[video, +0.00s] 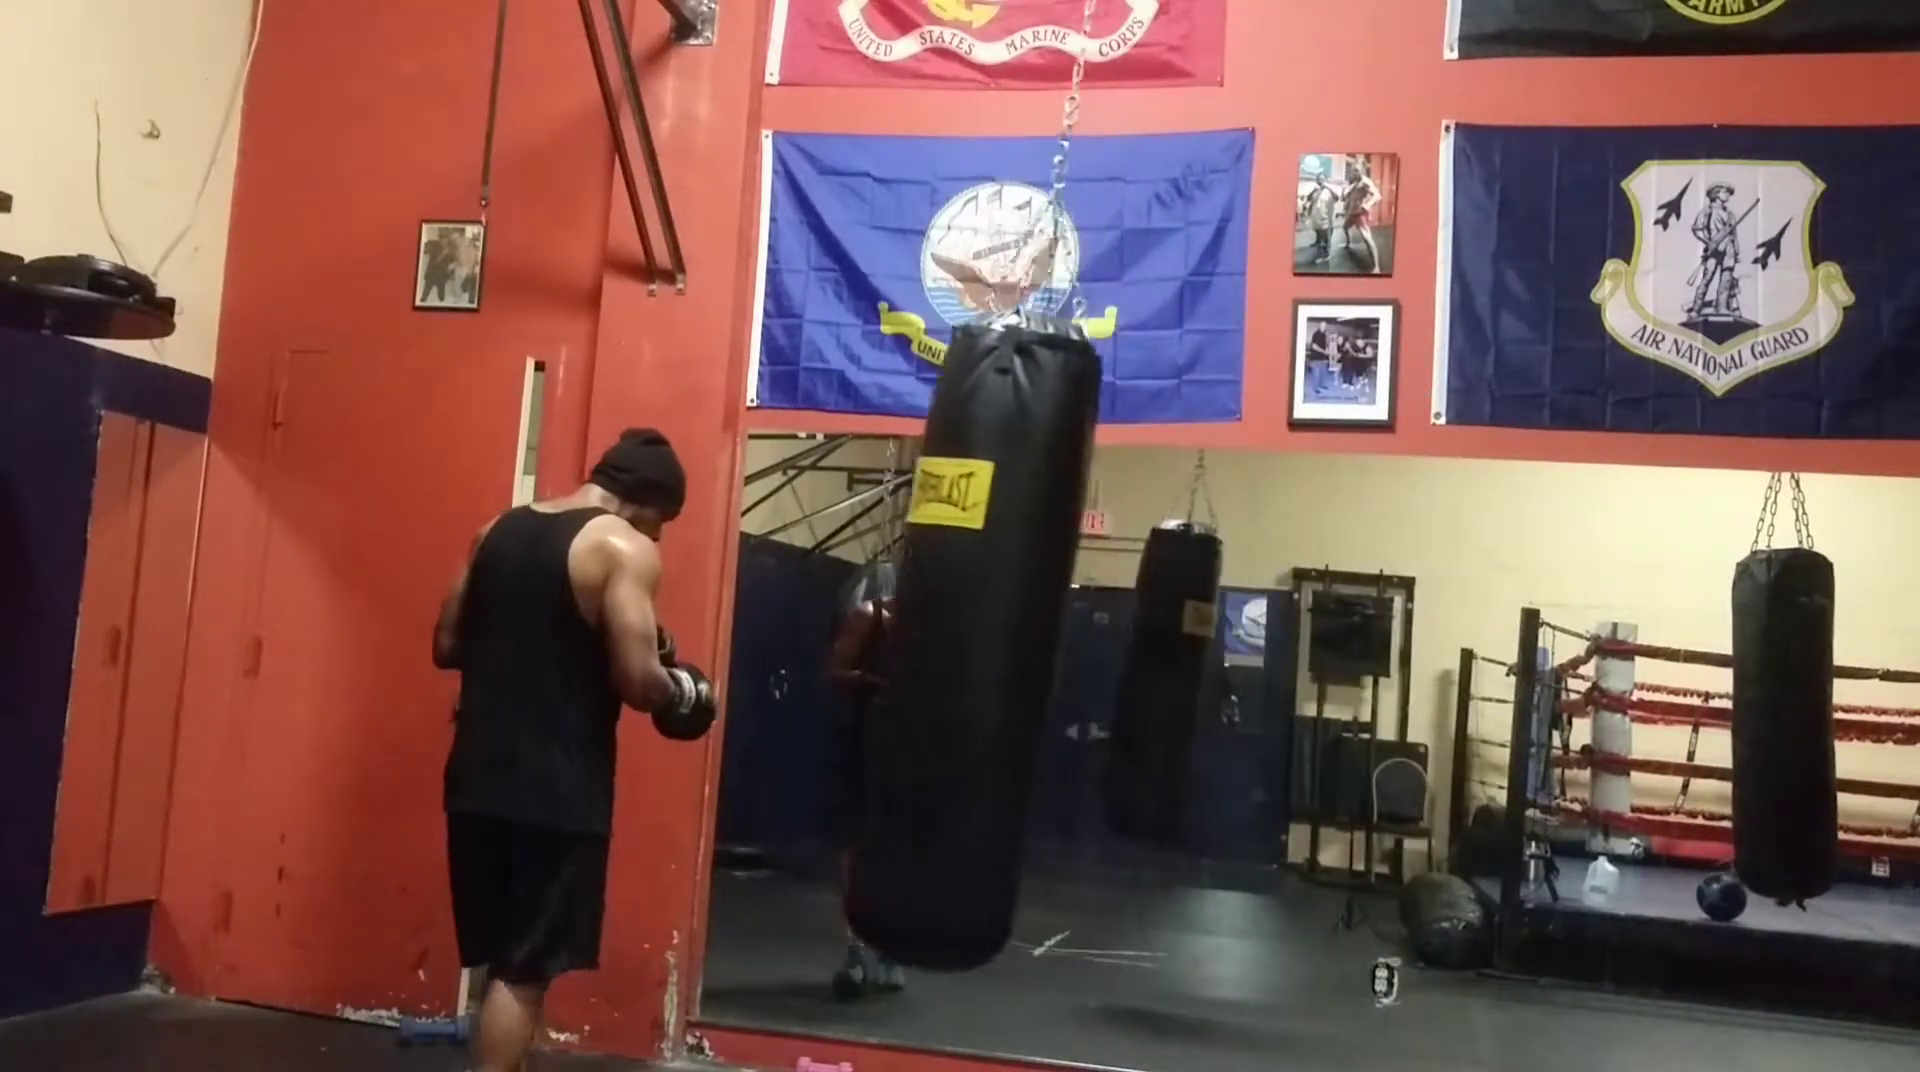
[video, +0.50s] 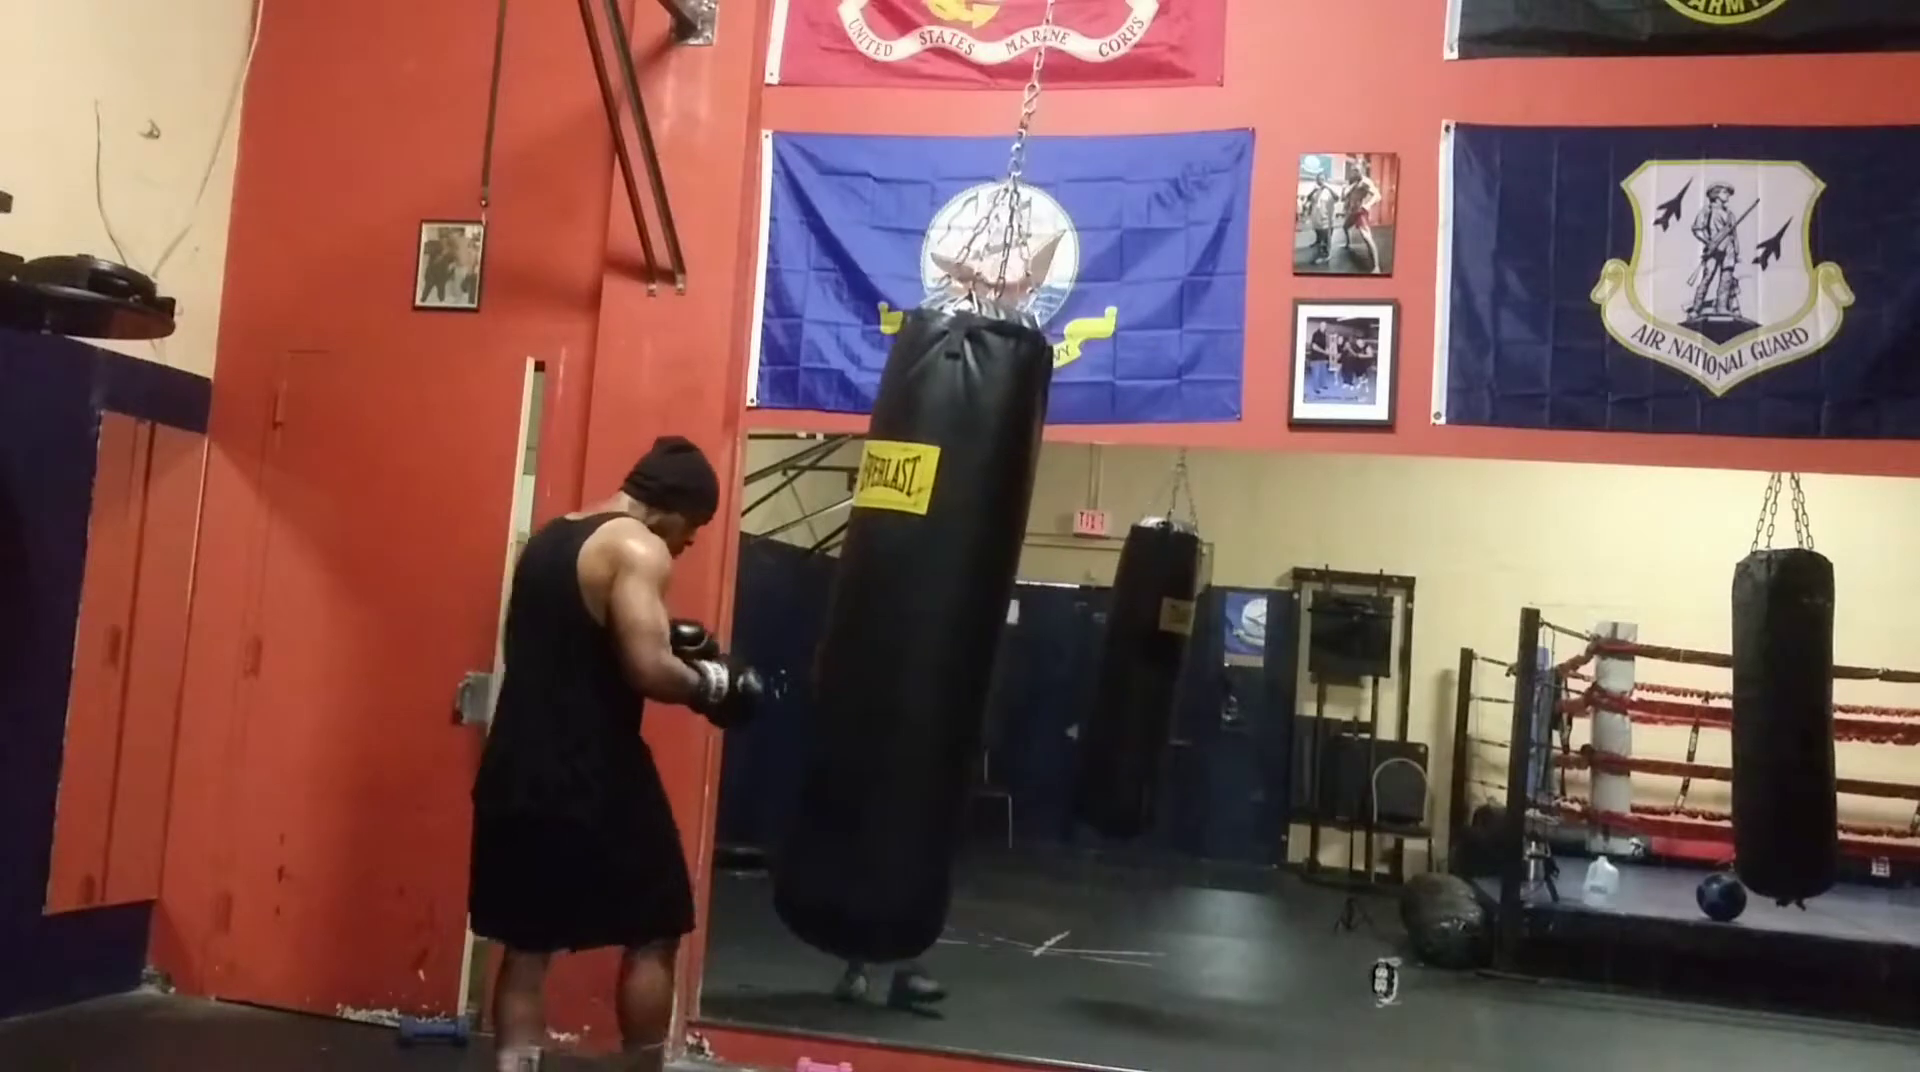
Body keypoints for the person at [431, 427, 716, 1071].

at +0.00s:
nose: (655, 533)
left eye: (661, 521)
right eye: (660, 519)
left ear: (601, 478)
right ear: (648, 498)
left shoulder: (504, 526)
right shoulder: (626, 547)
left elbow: (447, 647)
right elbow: (637, 676)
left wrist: (535, 639)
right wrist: (677, 692)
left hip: (479, 777)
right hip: (558, 791)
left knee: (500, 966)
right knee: (521, 975)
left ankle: (511, 1060)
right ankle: (493, 1066)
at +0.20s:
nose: (659, 543)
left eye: (665, 531)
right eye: (663, 529)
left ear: (602, 491)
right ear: (648, 508)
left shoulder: (512, 541)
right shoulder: (626, 555)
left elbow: (461, 661)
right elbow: (642, 680)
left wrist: (555, 641)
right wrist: (687, 695)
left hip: (490, 786)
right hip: (576, 791)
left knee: (512, 961)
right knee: (605, 950)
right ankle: (525, 1061)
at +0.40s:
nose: (674, 542)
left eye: (681, 530)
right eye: (678, 528)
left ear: (620, 492)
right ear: (659, 508)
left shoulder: (532, 540)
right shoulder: (635, 554)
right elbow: (647, 672)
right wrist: (698, 692)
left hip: (508, 766)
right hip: (591, 771)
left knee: (528, 933)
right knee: (664, 919)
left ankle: (514, 1063)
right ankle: (589, 1052)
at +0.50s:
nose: (688, 539)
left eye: (695, 527)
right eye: (692, 525)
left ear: (634, 489)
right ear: (674, 507)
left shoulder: (551, 538)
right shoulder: (640, 550)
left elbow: (566, 644)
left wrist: (660, 636)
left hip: (518, 767)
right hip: (599, 774)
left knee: (527, 943)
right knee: (655, 932)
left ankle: (513, 1065)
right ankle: (646, 1064)